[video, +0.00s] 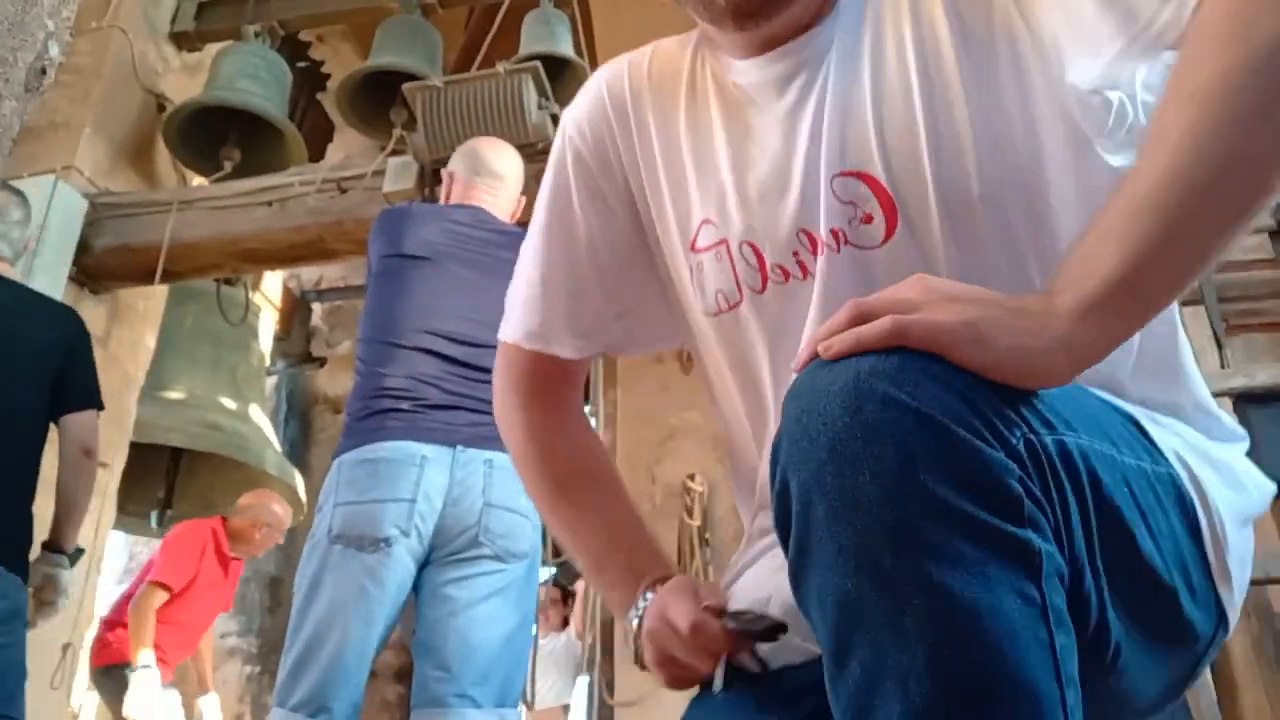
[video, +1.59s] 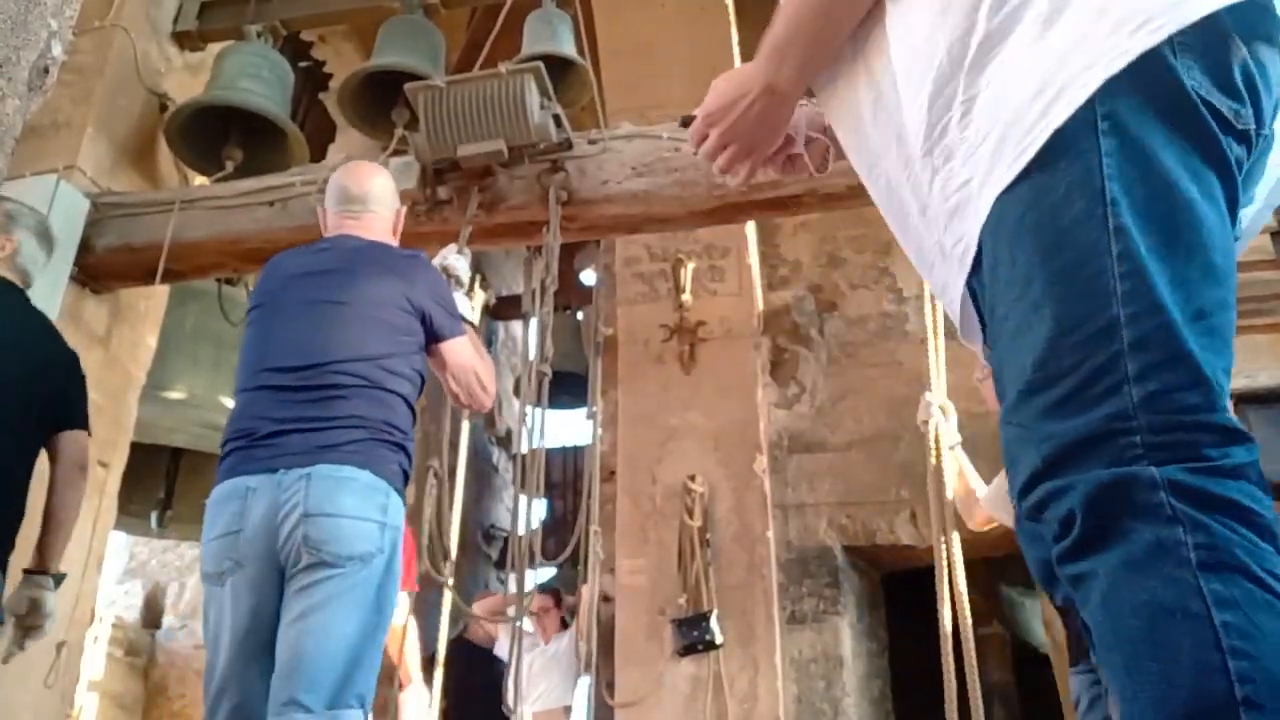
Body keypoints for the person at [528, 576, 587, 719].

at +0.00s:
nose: (544, 608)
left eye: (552, 602)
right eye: (540, 601)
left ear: (566, 609)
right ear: (532, 605)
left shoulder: (569, 640)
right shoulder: (523, 641)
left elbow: (582, 586)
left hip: (556, 713)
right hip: (525, 713)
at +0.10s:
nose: (544, 609)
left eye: (552, 602)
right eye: (540, 603)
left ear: (566, 607)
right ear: (533, 607)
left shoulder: (569, 639)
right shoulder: (526, 642)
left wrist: (583, 591)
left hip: (553, 713)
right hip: (523, 714)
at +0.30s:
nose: (545, 610)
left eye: (553, 604)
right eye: (541, 604)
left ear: (565, 609)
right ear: (535, 608)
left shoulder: (571, 640)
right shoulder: (524, 645)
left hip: (557, 713)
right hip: (526, 714)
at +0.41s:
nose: (544, 609)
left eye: (551, 604)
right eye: (539, 604)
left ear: (565, 610)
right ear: (534, 608)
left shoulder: (571, 642)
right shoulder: (517, 645)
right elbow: (488, 619)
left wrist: (573, 599)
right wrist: (525, 608)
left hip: (556, 714)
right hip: (520, 715)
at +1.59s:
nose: (539, 618)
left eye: (546, 611)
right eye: (534, 612)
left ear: (561, 611)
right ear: (528, 614)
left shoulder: (572, 639)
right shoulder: (520, 643)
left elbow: (590, 590)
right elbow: (480, 609)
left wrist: (571, 602)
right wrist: (522, 599)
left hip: (556, 714)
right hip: (522, 714)